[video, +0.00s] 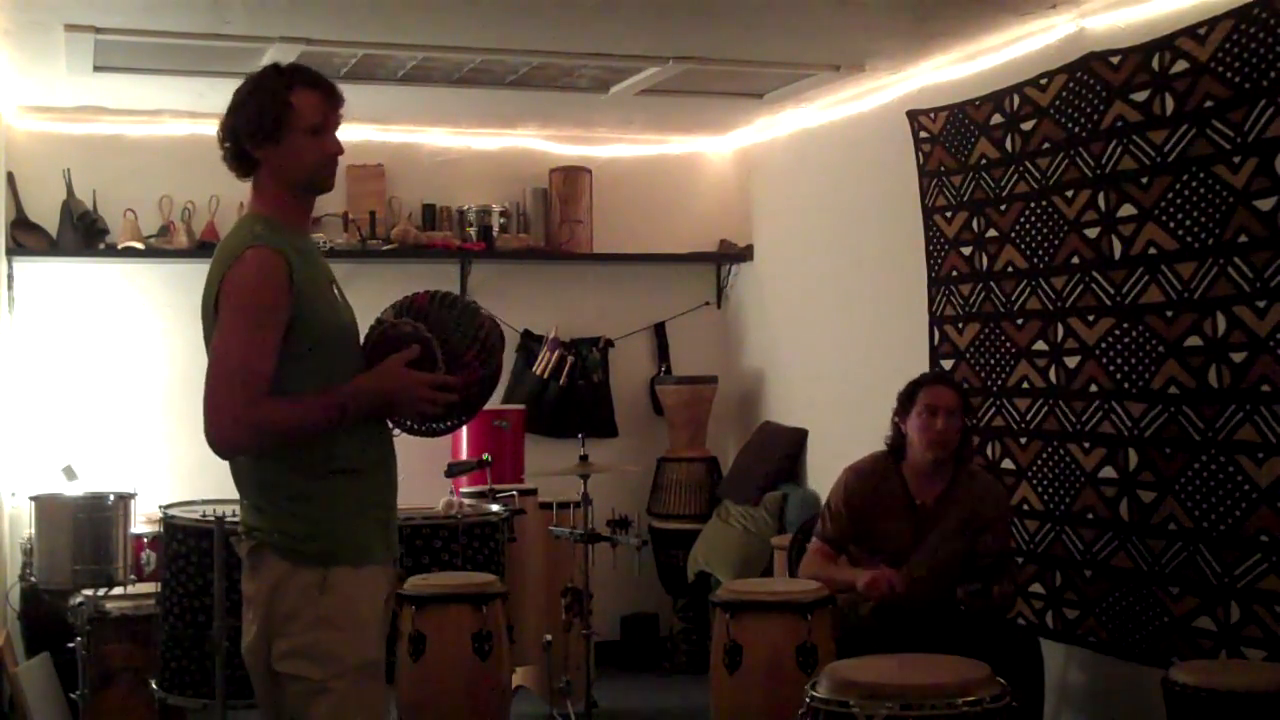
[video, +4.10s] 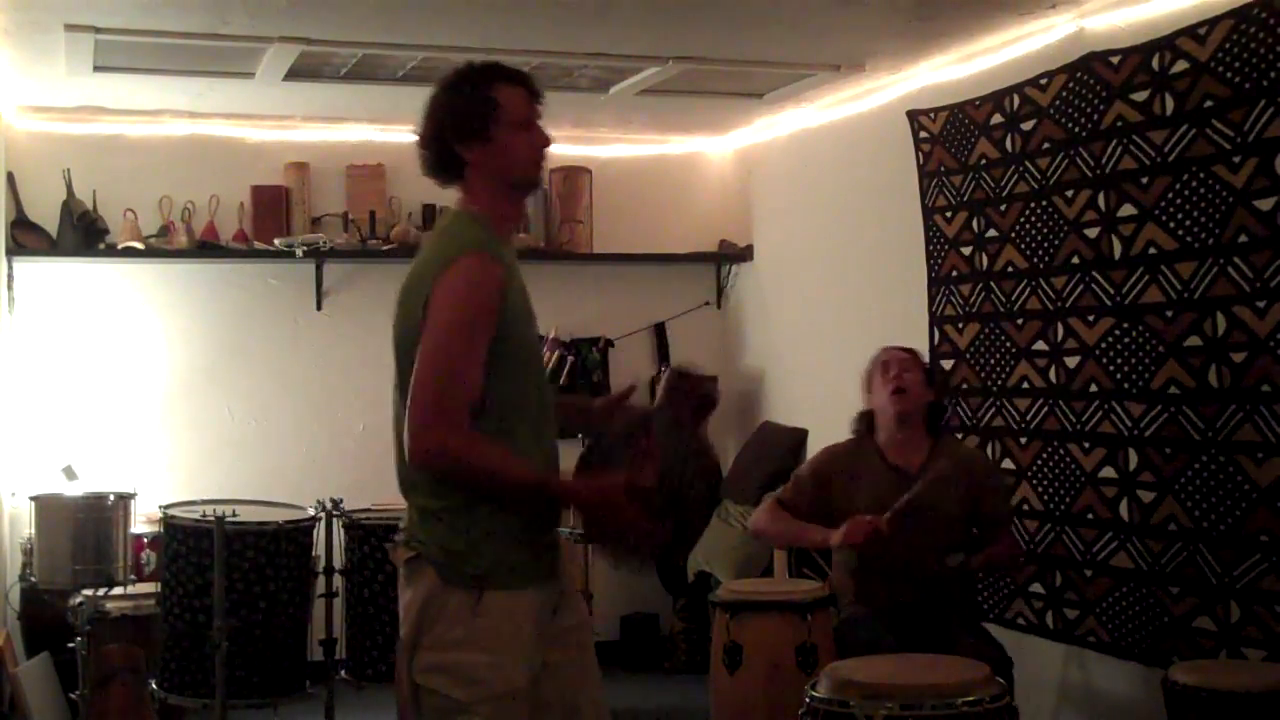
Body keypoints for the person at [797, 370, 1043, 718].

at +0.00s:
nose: (941, 425)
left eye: (952, 415)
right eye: (930, 413)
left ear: (962, 426)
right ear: (903, 421)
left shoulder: (985, 492)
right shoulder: (861, 481)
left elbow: (1002, 583)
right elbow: (811, 566)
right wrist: (858, 577)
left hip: (953, 622)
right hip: (873, 622)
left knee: (1019, 646)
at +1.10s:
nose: (978, 459)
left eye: (991, 451)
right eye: (969, 443)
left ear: (1001, 457)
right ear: (942, 436)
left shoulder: (1009, 503)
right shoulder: (888, 491)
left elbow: (1006, 593)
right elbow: (834, 575)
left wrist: (991, 615)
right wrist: (876, 590)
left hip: (967, 626)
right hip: (894, 621)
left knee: (1019, 650)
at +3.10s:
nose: (960, 448)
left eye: (977, 442)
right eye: (955, 434)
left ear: (997, 456)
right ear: (940, 435)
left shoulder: (1008, 505)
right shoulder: (887, 488)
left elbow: (1005, 593)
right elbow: (835, 575)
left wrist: (987, 612)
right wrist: (876, 586)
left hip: (961, 621)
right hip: (888, 616)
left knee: (1016, 649)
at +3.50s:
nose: (979, 452)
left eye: (997, 445)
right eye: (974, 436)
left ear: (1016, 459)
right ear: (957, 436)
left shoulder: (1028, 509)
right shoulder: (907, 483)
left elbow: (1018, 602)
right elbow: (814, 531)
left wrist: (981, 626)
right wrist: (875, 570)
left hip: (969, 618)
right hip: (896, 607)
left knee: (1019, 649)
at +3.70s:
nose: (968, 413)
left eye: (985, 405)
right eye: (961, 399)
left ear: (1004, 423)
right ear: (944, 407)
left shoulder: (1018, 496)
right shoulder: (894, 460)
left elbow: (1024, 596)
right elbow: (801, 510)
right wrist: (858, 542)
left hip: (961, 619)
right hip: (879, 609)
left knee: (1018, 670)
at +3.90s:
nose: (934, 395)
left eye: (948, 386)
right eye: (924, 386)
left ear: (973, 408)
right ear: (909, 402)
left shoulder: (997, 488)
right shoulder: (869, 464)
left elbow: (1022, 582)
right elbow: (776, 507)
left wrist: (980, 585)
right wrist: (838, 551)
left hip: (955, 621)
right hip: (874, 616)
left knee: (1005, 677)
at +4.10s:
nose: (896, 373)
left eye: (909, 368)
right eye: (884, 369)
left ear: (929, 392)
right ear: (868, 398)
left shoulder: (968, 465)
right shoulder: (837, 462)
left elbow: (1005, 543)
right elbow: (762, 521)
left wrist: (965, 567)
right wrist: (832, 536)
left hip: (944, 615)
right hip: (863, 616)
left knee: (995, 671)